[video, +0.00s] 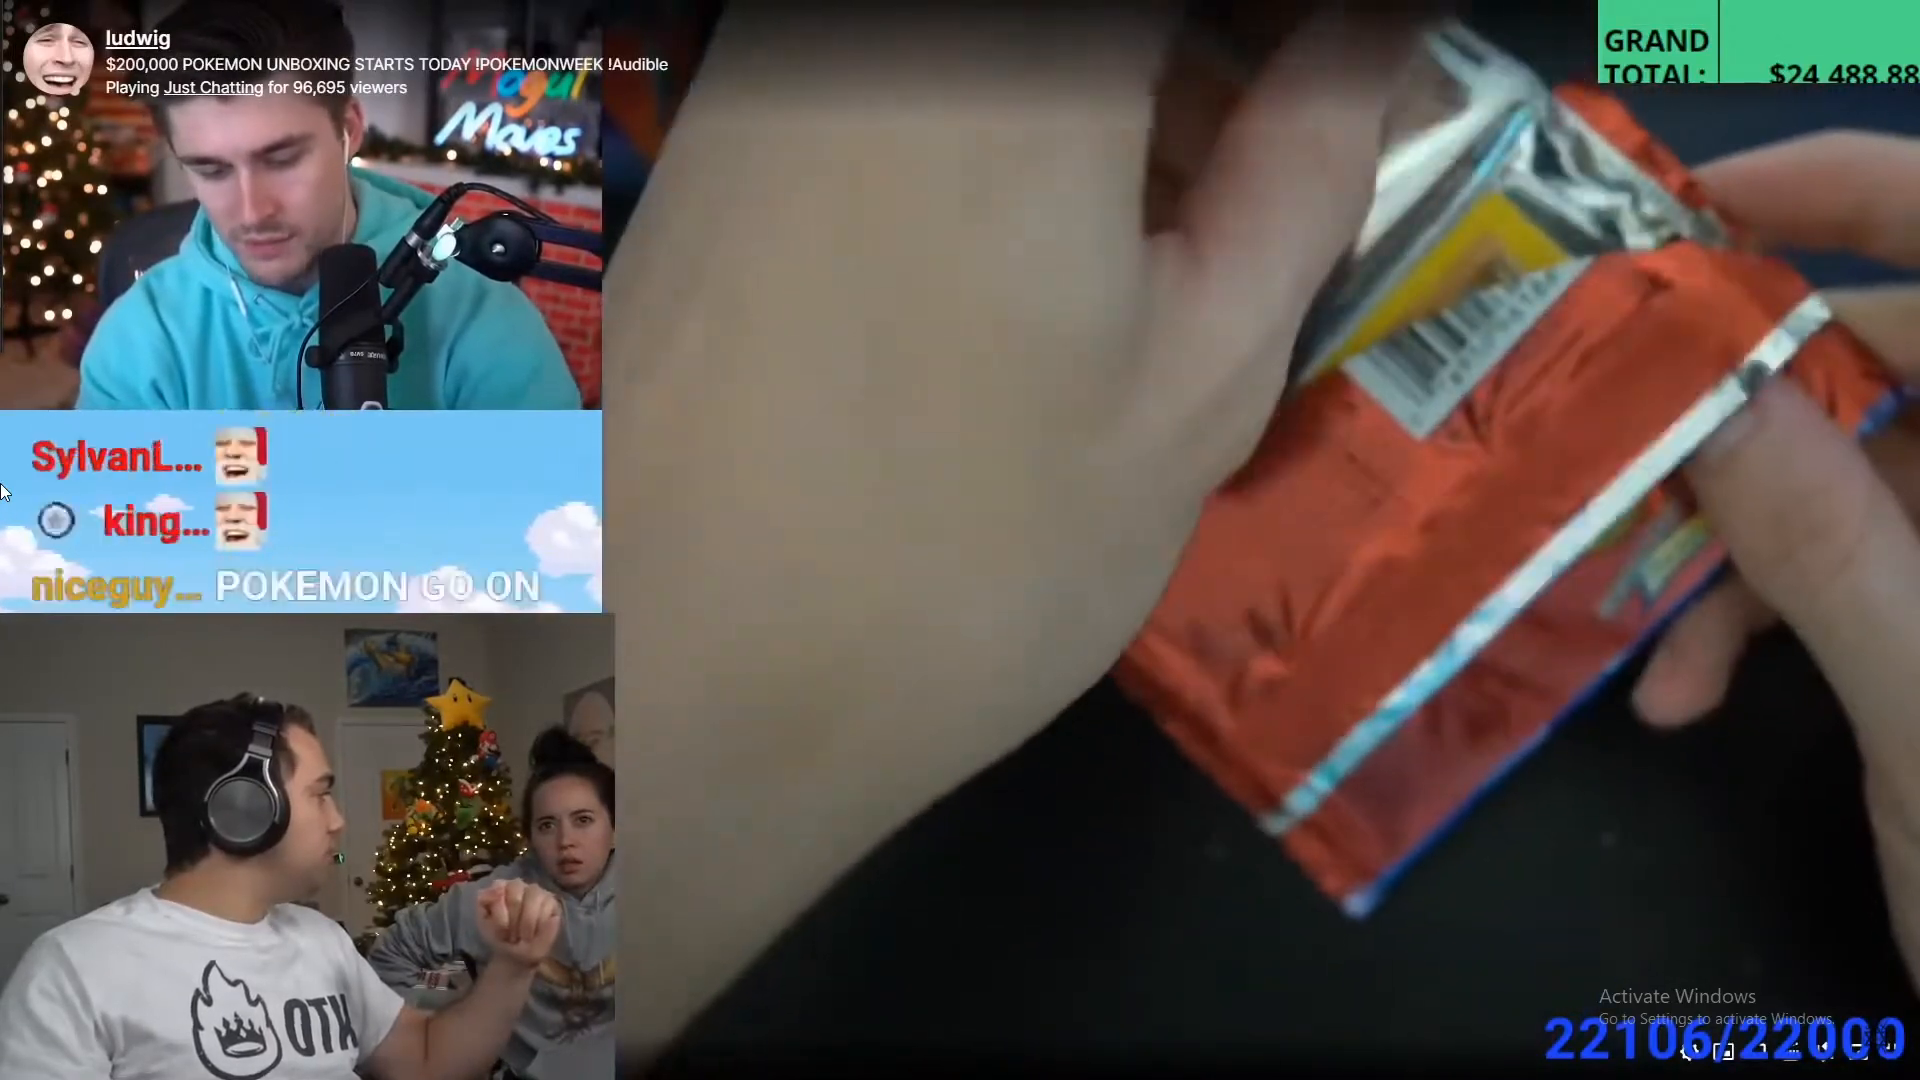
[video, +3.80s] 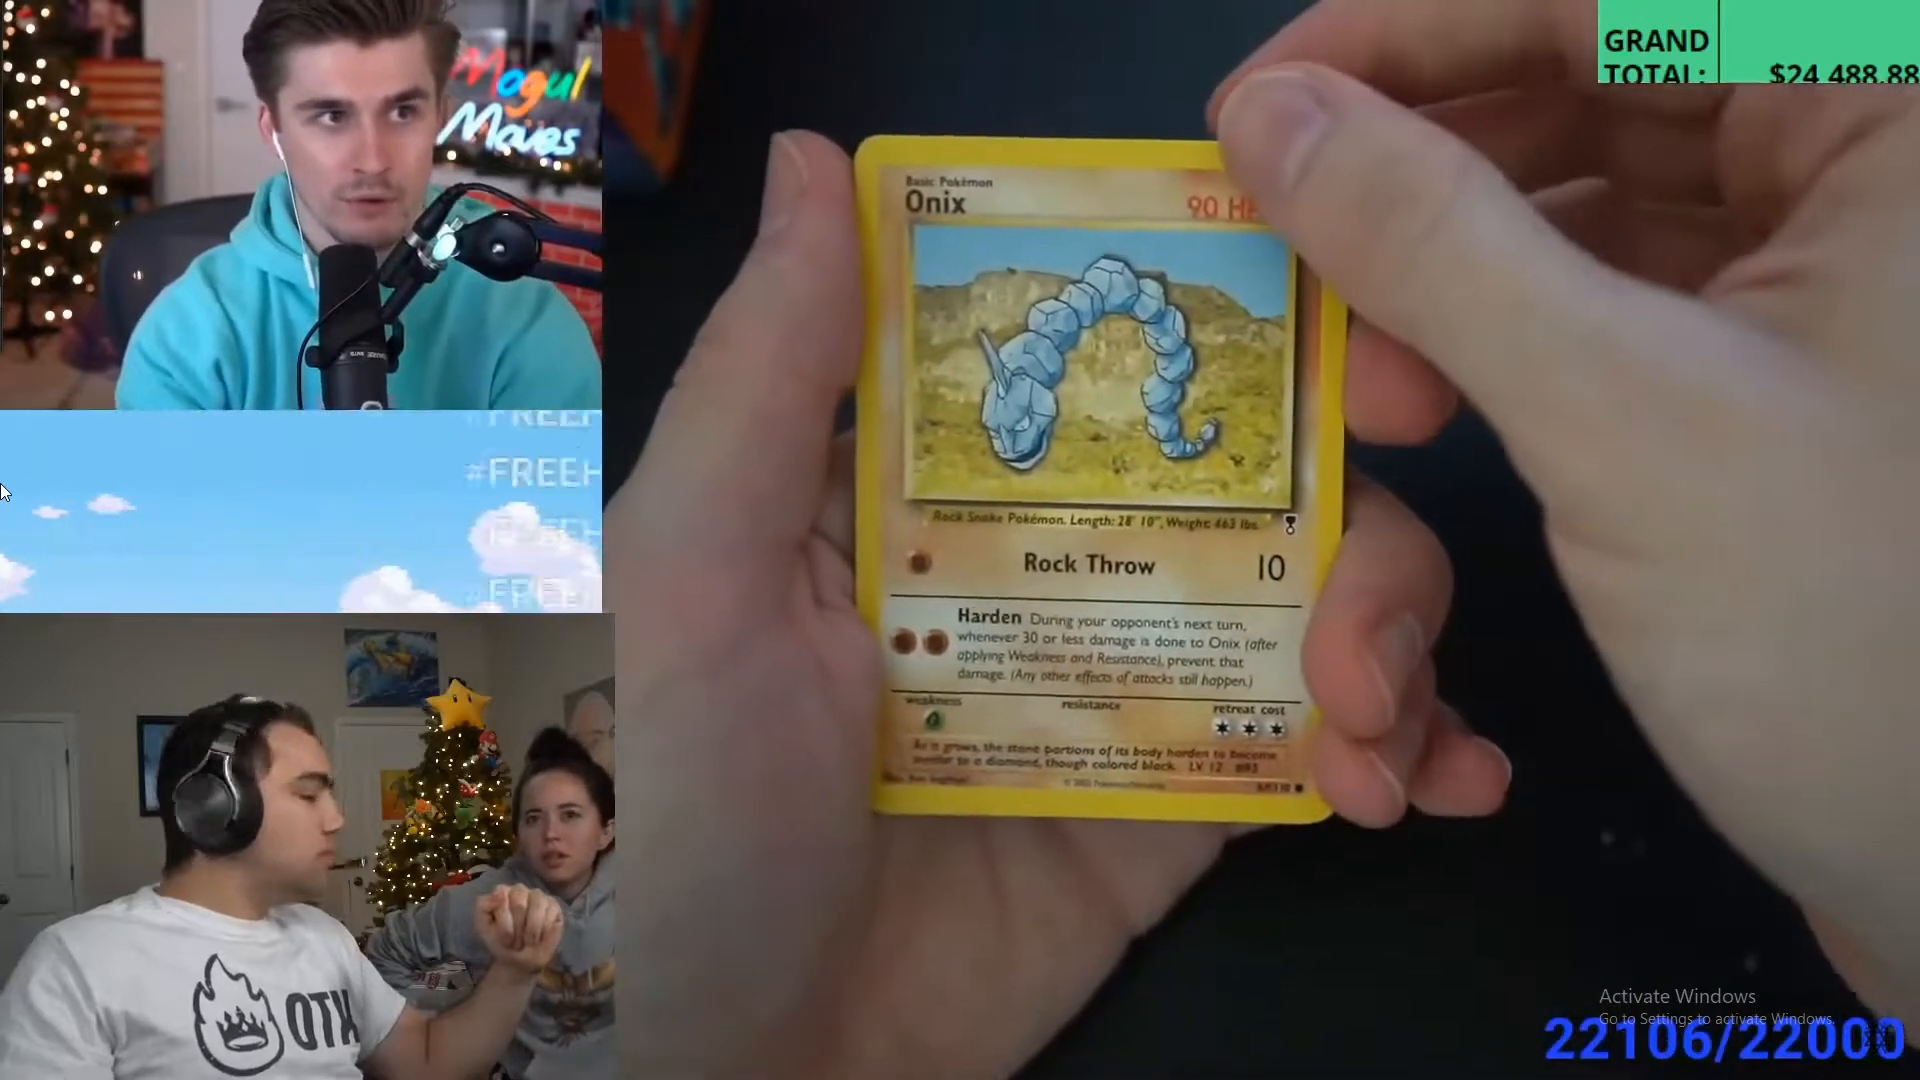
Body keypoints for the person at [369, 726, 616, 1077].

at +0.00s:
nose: (566, 841)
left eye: (583, 821)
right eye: (547, 825)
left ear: (614, 828)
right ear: (530, 837)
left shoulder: (643, 891)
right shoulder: (492, 899)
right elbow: (391, 953)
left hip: (626, 1067)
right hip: (536, 1072)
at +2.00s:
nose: (564, 842)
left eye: (582, 822)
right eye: (546, 826)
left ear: (612, 831)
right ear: (528, 838)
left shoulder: (644, 891)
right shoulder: (491, 898)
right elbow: (389, 956)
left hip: (629, 1068)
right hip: (537, 1073)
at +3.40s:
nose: (556, 829)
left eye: (575, 811)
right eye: (539, 814)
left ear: (608, 827)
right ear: (523, 833)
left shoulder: (640, 888)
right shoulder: (483, 899)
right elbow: (386, 956)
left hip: (626, 1067)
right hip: (534, 1071)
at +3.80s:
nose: (550, 834)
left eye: (570, 815)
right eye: (533, 819)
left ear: (605, 830)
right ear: (518, 835)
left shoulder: (636, 892)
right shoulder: (476, 903)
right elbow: (383, 955)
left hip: (622, 1068)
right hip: (530, 1072)